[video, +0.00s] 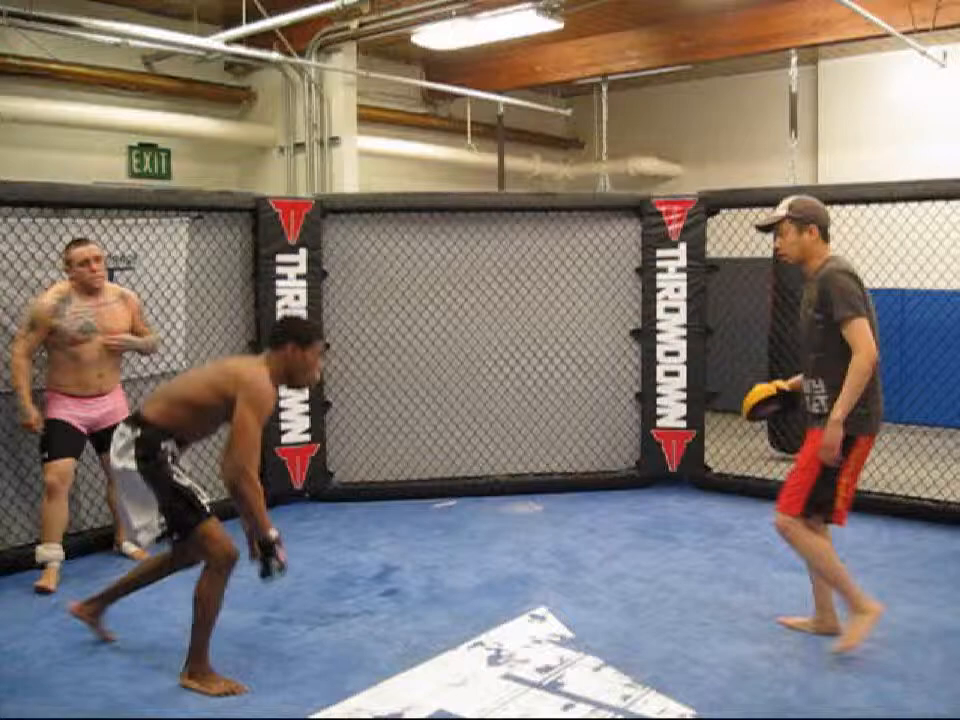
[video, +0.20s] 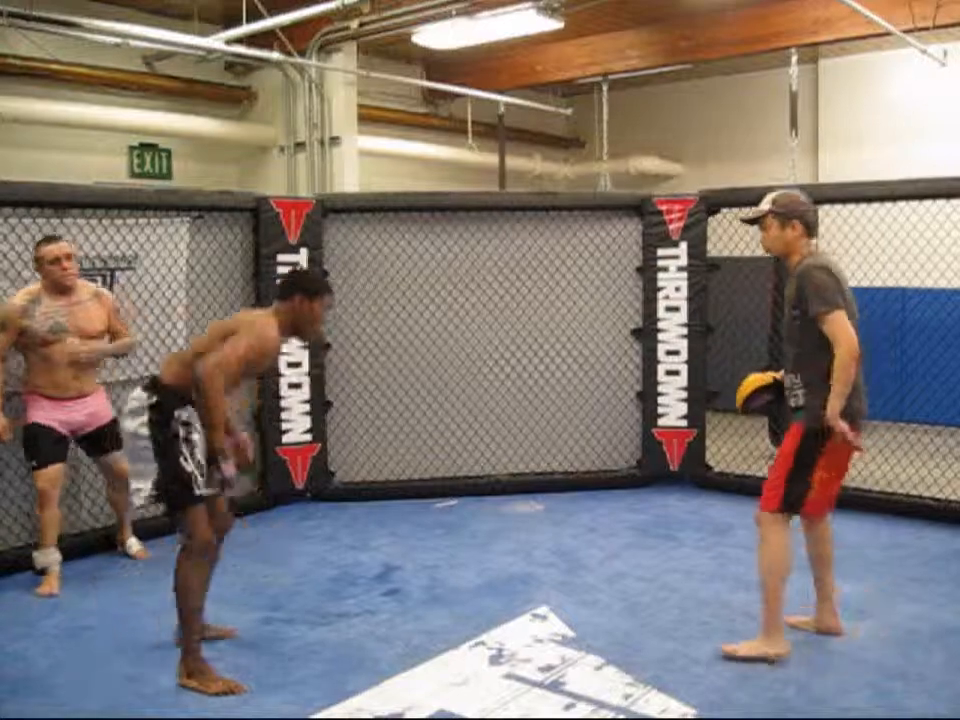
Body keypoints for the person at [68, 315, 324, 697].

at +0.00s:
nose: (319, 367)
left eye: (321, 357)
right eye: (317, 356)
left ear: (288, 351)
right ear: (291, 350)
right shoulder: (257, 385)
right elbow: (240, 473)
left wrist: (259, 534)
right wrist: (266, 536)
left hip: (152, 444)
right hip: (146, 448)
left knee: (191, 549)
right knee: (222, 554)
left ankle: (94, 605)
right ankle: (197, 669)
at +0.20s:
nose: (324, 317)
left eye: (325, 308)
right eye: (321, 307)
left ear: (297, 302)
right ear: (301, 302)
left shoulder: (265, 329)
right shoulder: (263, 334)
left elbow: (215, 379)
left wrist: (232, 432)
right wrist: (218, 443)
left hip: (193, 405)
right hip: (175, 404)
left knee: (219, 521)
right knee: (199, 536)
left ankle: (191, 622)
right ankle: (191, 663)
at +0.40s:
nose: (317, 275)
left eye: (318, 266)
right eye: (313, 265)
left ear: (298, 263)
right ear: (288, 261)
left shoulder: (278, 305)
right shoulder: (251, 294)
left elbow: (243, 350)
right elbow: (182, 328)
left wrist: (260, 386)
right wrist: (214, 388)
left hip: (231, 410)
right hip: (209, 410)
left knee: (234, 529)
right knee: (242, 538)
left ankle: (195, 622)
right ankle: (217, 654)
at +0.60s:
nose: (328, 263)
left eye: (329, 254)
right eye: (323, 253)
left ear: (301, 250)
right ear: (297, 249)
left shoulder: (299, 295)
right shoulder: (247, 292)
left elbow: (298, 349)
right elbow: (212, 367)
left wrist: (323, 330)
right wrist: (269, 371)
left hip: (269, 410)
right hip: (239, 411)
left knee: (250, 531)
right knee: (268, 538)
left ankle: (196, 618)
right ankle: (256, 647)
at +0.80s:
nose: (348, 259)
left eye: (351, 251)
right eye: (344, 249)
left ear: (333, 244)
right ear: (317, 240)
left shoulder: (326, 278)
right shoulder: (271, 280)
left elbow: (321, 336)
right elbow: (261, 352)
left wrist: (356, 323)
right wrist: (308, 334)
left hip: (315, 408)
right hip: (277, 412)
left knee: (349, 516)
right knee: (277, 536)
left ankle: (303, 592)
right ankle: (260, 642)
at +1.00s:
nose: (392, 279)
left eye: (392, 270)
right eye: (385, 271)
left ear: (367, 269)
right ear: (355, 268)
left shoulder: (369, 311)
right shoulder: (312, 307)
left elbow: (399, 368)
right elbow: (323, 384)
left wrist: (395, 337)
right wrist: (364, 342)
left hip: (359, 427)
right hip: (317, 432)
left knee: (417, 520)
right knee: (300, 555)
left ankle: (455, 604)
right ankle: (278, 649)